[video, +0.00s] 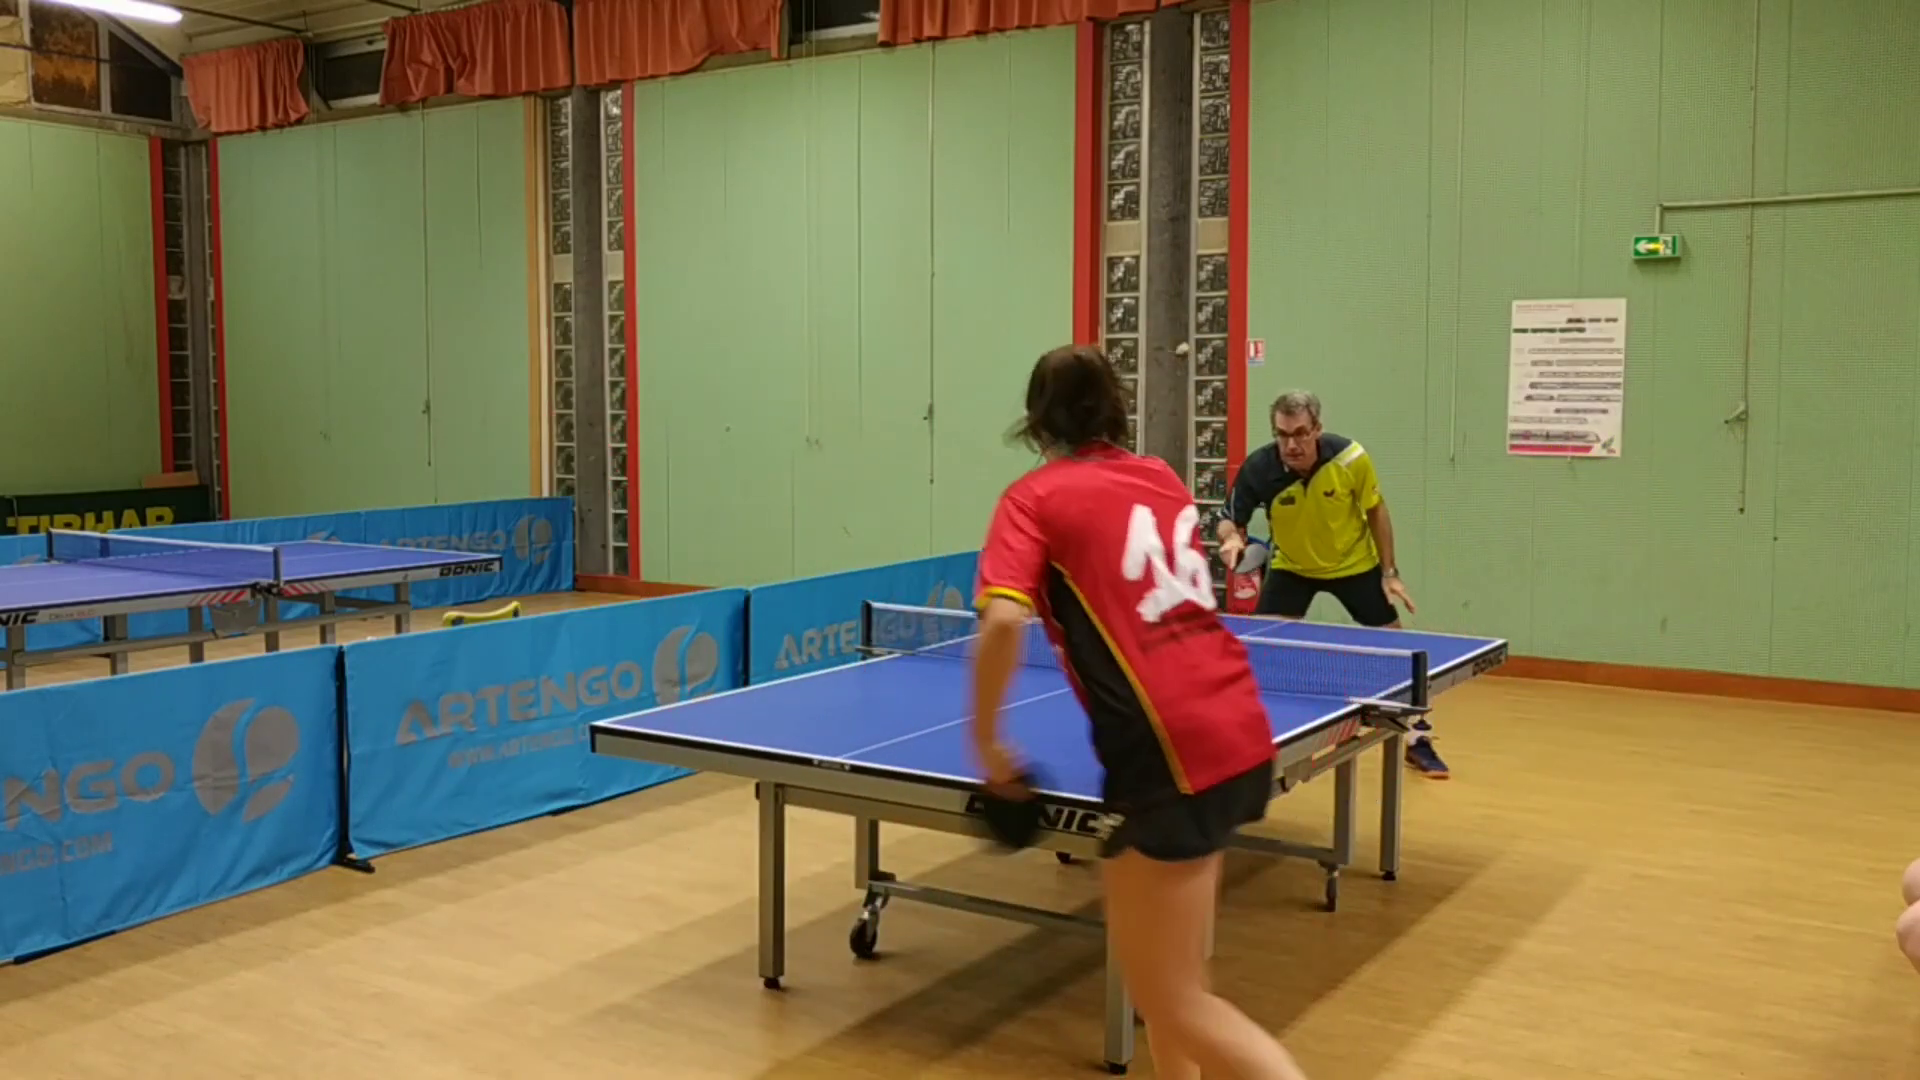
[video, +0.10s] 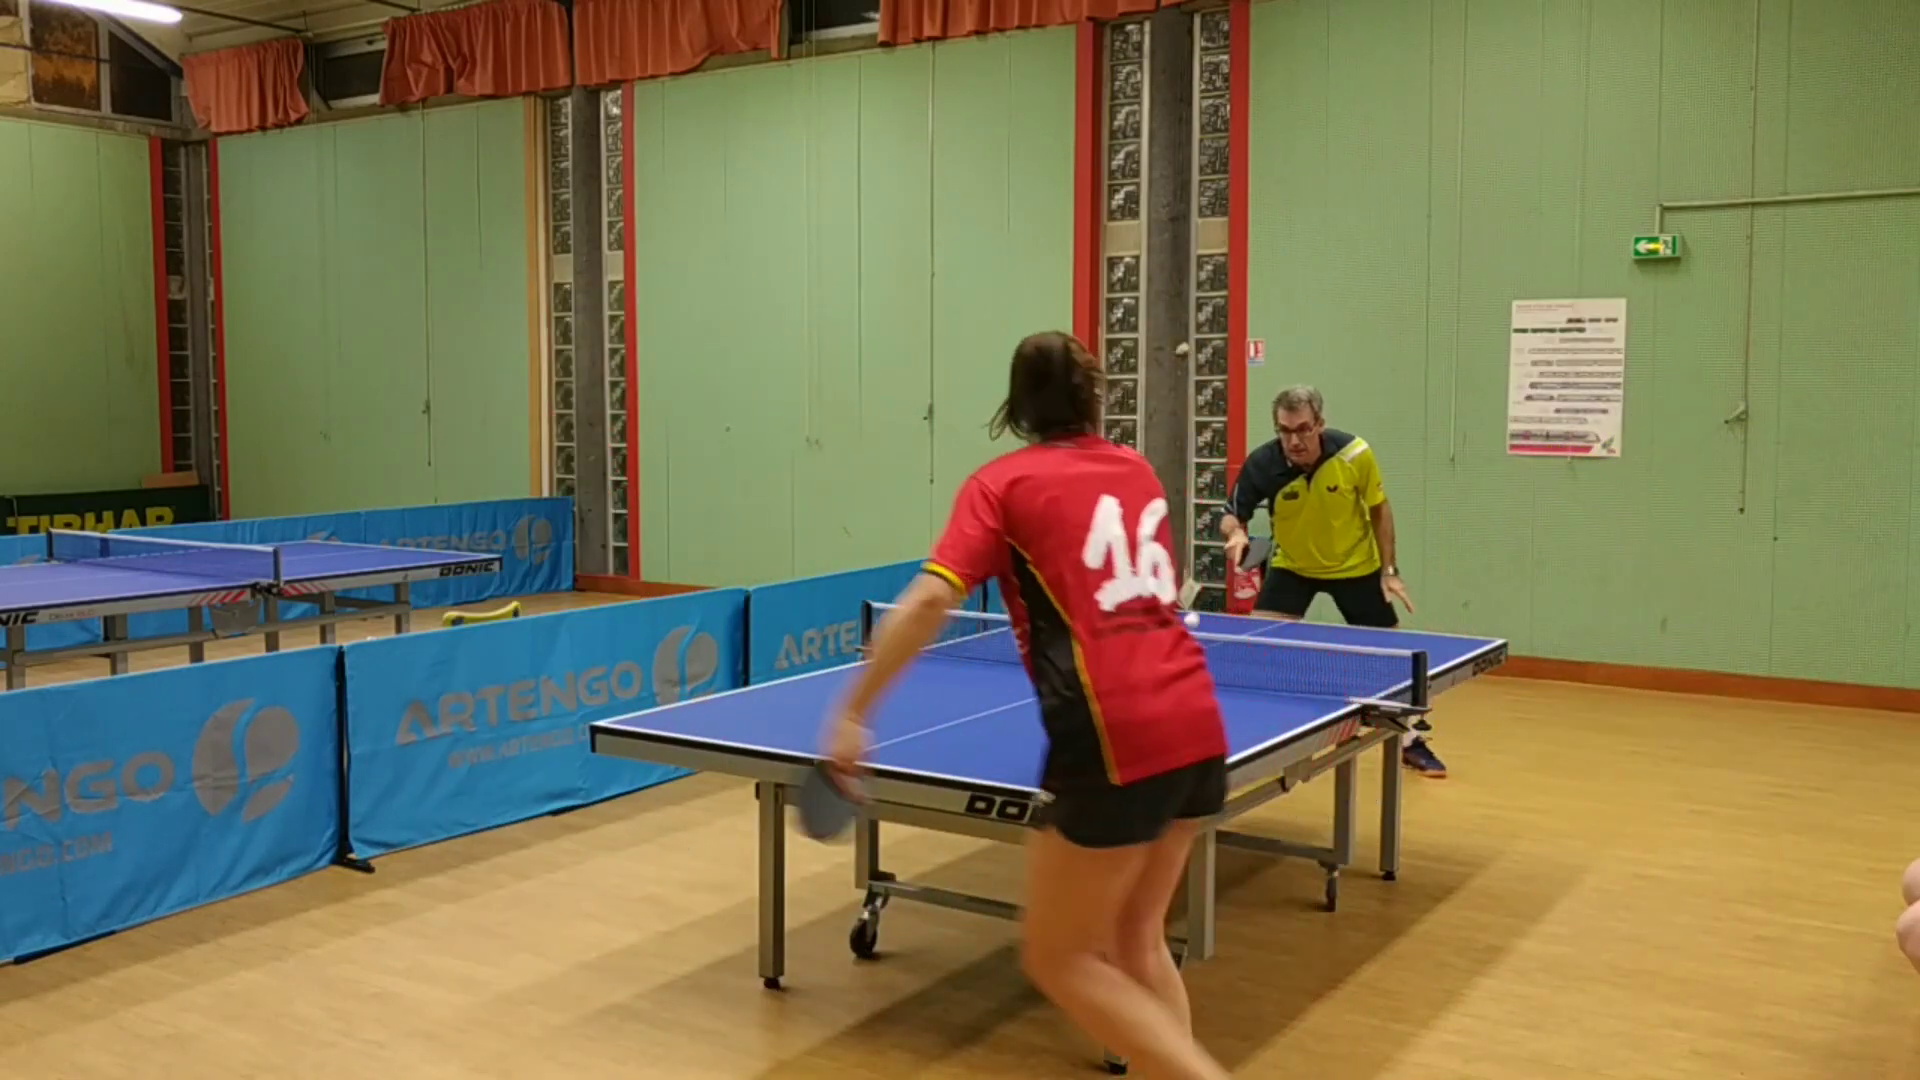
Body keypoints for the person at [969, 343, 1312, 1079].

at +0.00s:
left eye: (1037, 410)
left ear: (1039, 418)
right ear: (1117, 409)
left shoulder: (1034, 498)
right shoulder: (1159, 476)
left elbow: (1005, 621)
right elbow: (1197, 596)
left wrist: (988, 741)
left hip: (1170, 768)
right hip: (1243, 746)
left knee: (1175, 1006)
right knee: (1172, 985)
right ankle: (1176, 1067)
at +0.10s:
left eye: (1016, 391)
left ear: (1015, 402)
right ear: (1089, 396)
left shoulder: (1003, 483)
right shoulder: (1136, 468)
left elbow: (934, 598)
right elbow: (1156, 596)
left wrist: (854, 710)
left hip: (1112, 750)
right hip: (1199, 734)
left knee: (1059, 956)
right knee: (1138, 941)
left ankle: (1196, 1068)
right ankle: (1170, 1071)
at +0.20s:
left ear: (982, 396)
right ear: (1060, 393)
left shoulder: (965, 475)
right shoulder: (1101, 463)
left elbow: (866, 581)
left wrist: (747, 663)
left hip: (1058, 738)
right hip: (1152, 728)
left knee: (957, 923)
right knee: (1125, 939)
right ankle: (1172, 1072)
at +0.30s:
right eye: (1007, 387)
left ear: (937, 402)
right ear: (1013, 398)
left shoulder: (915, 482)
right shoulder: (1059, 473)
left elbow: (816, 586)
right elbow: (1093, 521)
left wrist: (690, 636)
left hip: (991, 747)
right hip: (1097, 739)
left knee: (868, 931)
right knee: (1099, 948)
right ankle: (1161, 1073)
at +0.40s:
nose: (970, 427)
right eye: (969, 417)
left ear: (888, 430)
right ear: (964, 429)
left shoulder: (853, 515)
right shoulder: (1015, 508)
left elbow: (754, 623)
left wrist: (663, 648)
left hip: (908, 780)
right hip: (1020, 775)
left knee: (787, 965)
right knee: (1062, 968)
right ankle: (1147, 1073)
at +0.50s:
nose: (924, 451)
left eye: (919, 441)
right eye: (922, 442)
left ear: (837, 455)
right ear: (914, 454)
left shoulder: (791, 545)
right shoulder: (961, 538)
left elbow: (691, 661)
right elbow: (989, 635)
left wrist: (674, 684)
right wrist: (898, 629)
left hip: (821, 802)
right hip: (940, 801)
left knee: (743, 972)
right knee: (1031, 985)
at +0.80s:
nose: (889, 456)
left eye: (885, 445)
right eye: (887, 446)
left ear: (796, 455)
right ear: (876, 454)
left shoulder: (747, 551)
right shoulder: (926, 538)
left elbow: (682, 686)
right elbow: (999, 669)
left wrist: (755, 674)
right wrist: (917, 638)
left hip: (787, 811)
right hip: (913, 806)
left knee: (726, 975)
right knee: (1030, 998)